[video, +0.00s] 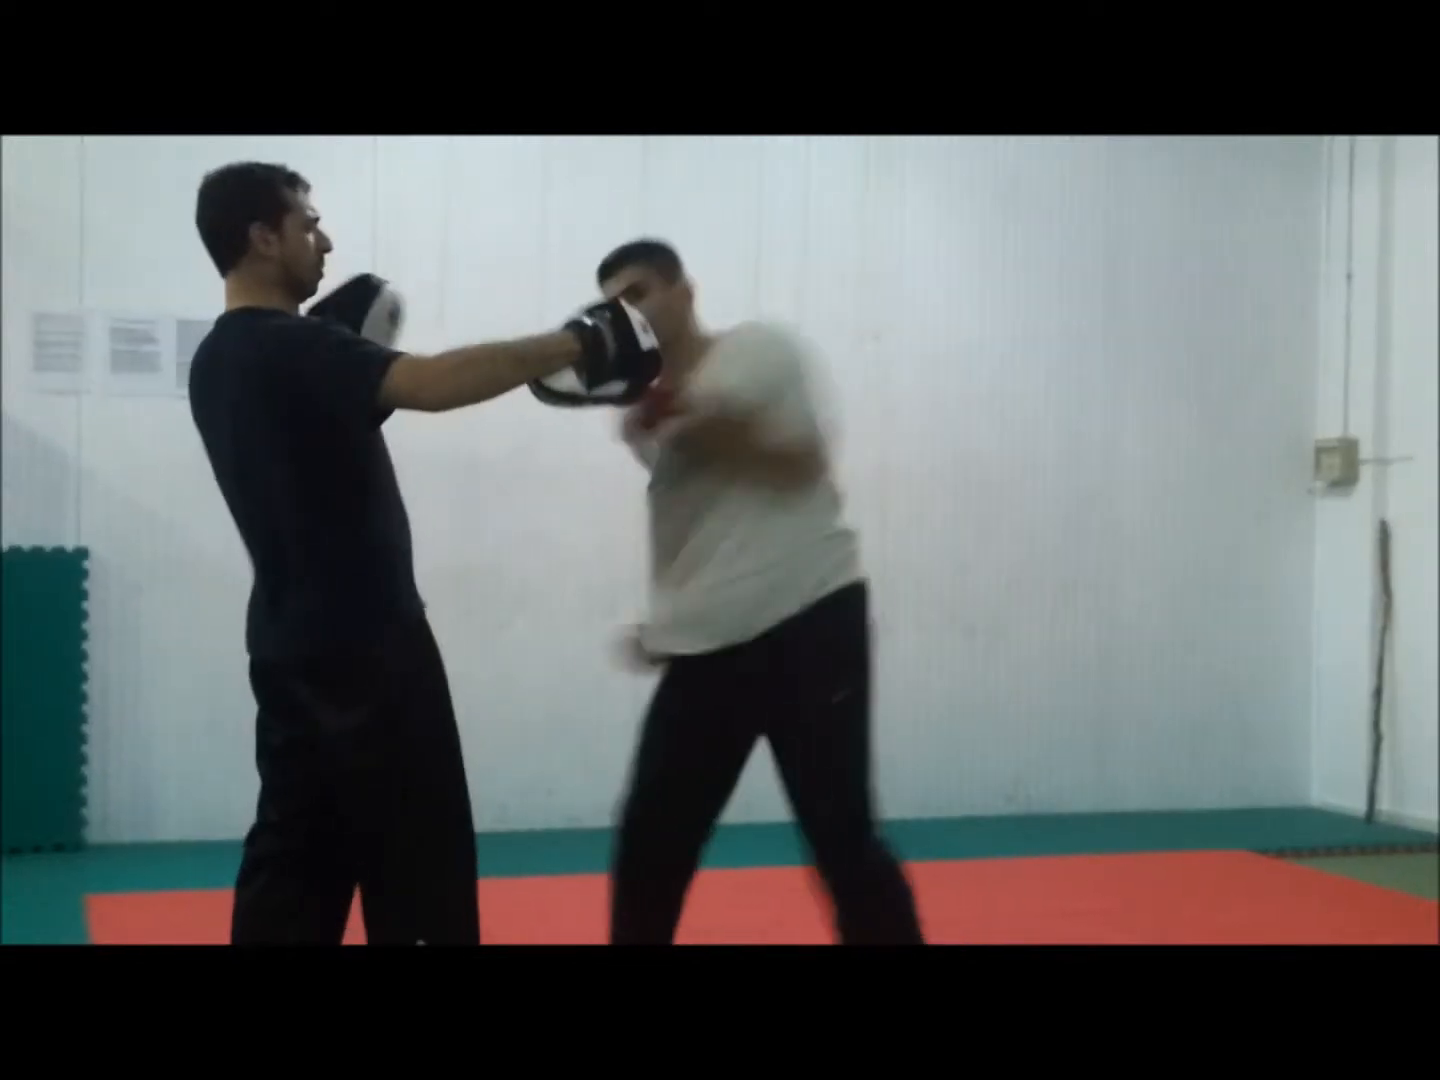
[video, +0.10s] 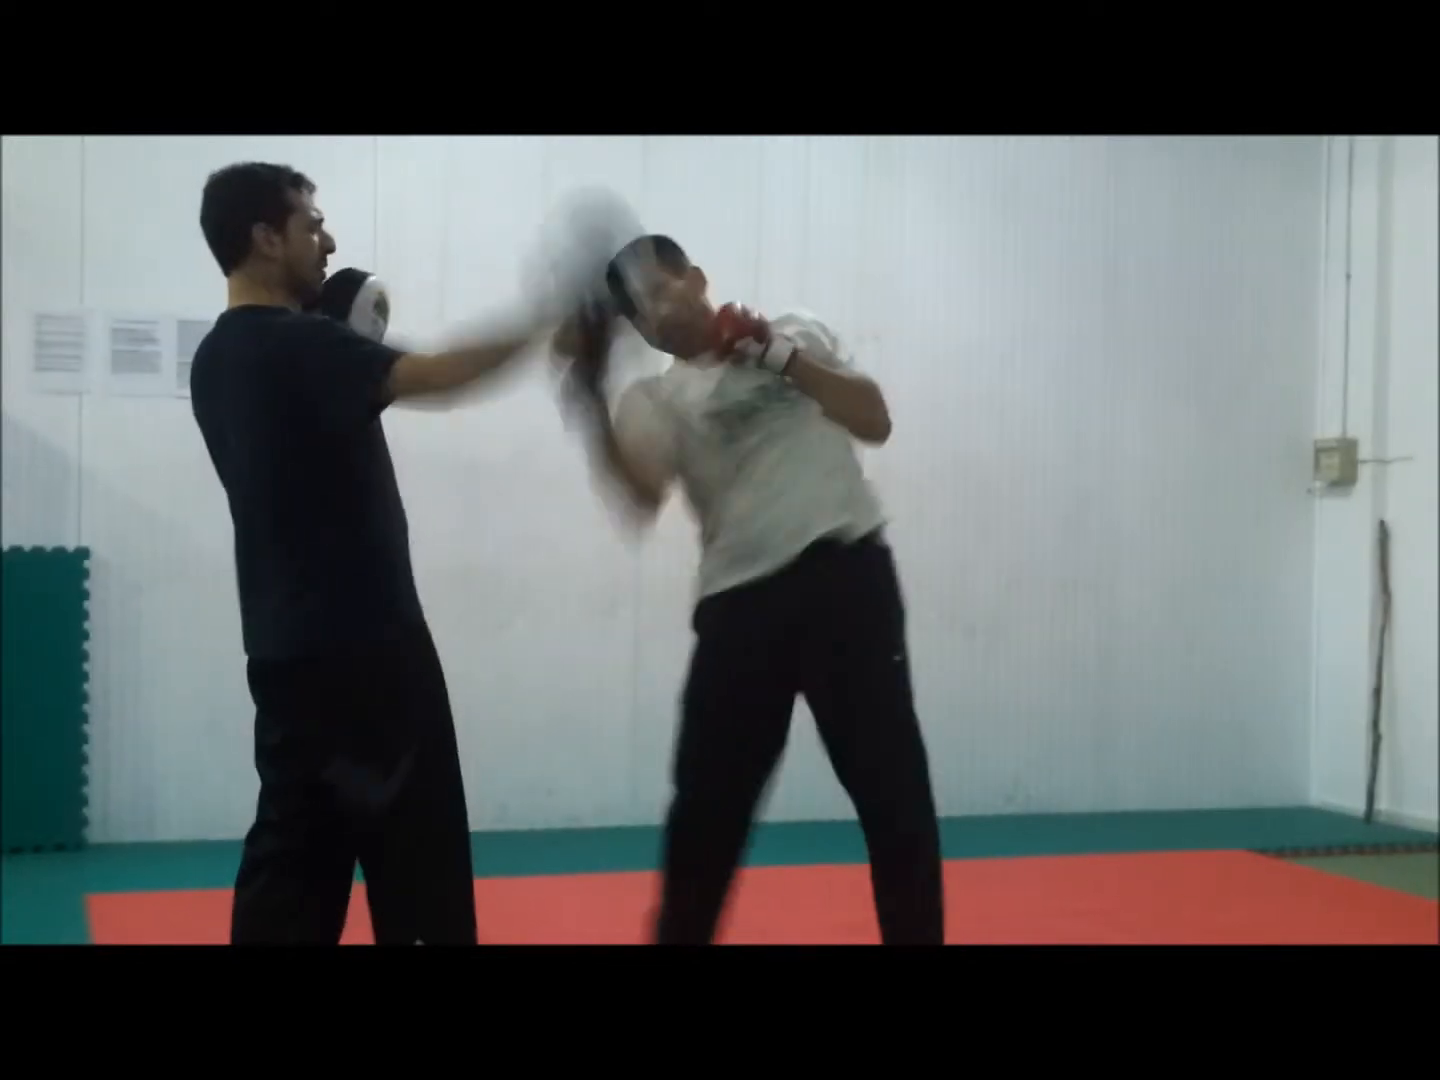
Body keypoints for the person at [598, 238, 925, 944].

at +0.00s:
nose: (631, 314)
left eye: (640, 293)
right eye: (617, 305)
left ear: (683, 288)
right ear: (614, 322)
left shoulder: (761, 348)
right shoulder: (650, 405)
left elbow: (804, 463)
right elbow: (692, 535)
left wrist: (708, 429)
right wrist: (667, 627)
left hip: (808, 621)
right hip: (711, 644)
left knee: (842, 838)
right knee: (650, 847)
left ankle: (892, 941)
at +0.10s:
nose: (654, 309)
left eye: (659, 288)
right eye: (638, 307)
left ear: (697, 278)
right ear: (638, 329)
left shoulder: (792, 337)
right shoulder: (655, 399)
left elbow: (875, 422)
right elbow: (642, 493)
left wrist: (781, 357)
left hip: (848, 576)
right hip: (742, 601)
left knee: (896, 799)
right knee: (708, 812)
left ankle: (915, 939)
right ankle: (680, 938)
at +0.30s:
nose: (649, 297)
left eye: (659, 275)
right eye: (637, 291)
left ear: (708, 271)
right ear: (638, 312)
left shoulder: (806, 333)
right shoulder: (658, 405)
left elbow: (876, 442)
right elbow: (697, 543)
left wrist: (780, 367)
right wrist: (704, 451)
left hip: (860, 604)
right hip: (748, 622)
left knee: (912, 824)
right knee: (719, 838)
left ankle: (914, 944)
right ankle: (714, 947)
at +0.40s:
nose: (645, 289)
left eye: (657, 268)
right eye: (636, 279)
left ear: (710, 261)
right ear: (639, 293)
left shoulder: (811, 319)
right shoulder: (660, 397)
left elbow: (879, 438)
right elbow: (687, 544)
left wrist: (780, 359)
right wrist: (699, 476)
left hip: (857, 606)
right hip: (744, 616)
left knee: (905, 824)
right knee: (717, 833)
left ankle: (912, 946)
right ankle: (709, 950)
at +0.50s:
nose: (664, 272)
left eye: (678, 252)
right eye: (660, 259)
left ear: (733, 247)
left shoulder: (837, 321)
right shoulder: (681, 379)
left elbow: (879, 445)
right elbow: (696, 530)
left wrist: (781, 362)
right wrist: (700, 483)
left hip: (860, 608)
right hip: (748, 612)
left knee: (913, 818)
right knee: (712, 827)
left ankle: (940, 944)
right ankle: (703, 948)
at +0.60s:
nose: (687, 268)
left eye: (702, 249)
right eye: (686, 254)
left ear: (759, 249)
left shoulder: (860, 329)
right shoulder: (709, 374)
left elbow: (883, 457)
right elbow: (717, 521)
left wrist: (785, 373)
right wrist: (712, 488)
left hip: (866, 621)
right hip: (758, 622)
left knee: (924, 823)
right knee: (716, 831)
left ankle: (967, 943)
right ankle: (705, 945)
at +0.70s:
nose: (735, 278)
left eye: (751, 259)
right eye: (736, 261)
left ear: (808, 263)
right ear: (796, 268)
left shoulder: (899, 353)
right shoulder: (768, 378)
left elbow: (906, 491)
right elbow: (785, 526)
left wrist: (809, 405)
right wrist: (745, 507)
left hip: (889, 643)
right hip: (787, 638)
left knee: (935, 834)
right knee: (723, 826)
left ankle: (1001, 945)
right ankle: (711, 945)